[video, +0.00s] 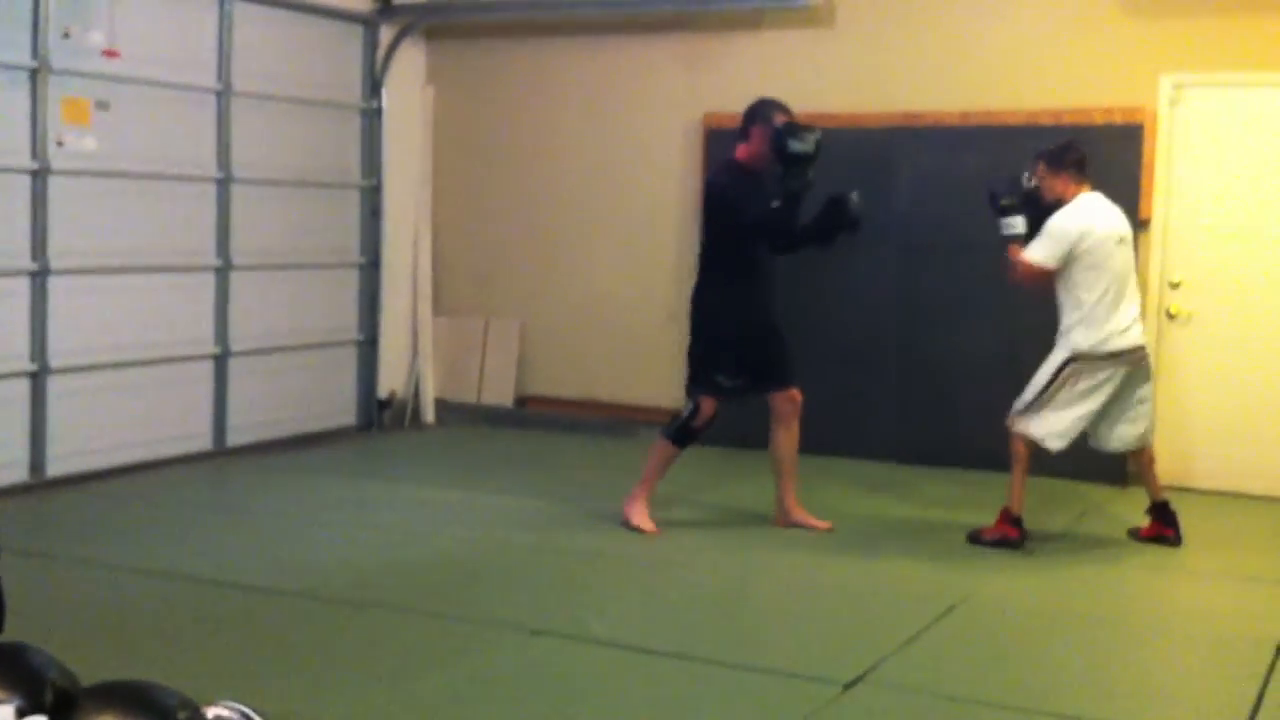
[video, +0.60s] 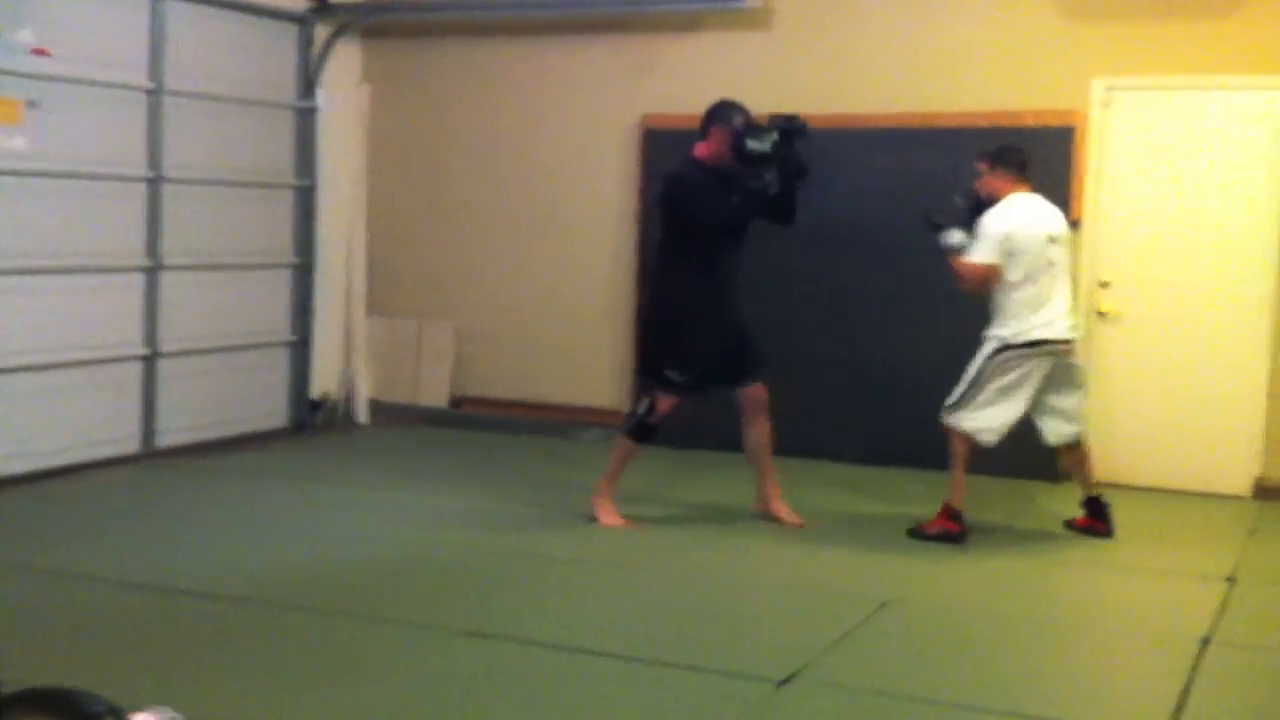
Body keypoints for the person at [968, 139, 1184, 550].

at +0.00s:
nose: (1040, 187)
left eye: (1043, 178)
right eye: (1039, 179)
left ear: (1064, 176)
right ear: (1079, 175)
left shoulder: (1070, 219)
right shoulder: (1113, 212)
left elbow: (1027, 270)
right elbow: (1068, 265)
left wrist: (1012, 230)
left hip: (1088, 348)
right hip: (1130, 344)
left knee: (1021, 424)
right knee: (1138, 438)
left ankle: (1011, 522)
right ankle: (1163, 517)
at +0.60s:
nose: (979, 183)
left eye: (982, 175)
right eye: (979, 175)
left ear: (997, 174)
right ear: (1022, 173)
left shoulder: (1000, 217)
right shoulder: (1054, 214)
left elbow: (974, 277)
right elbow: (1029, 267)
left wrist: (954, 246)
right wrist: (983, 227)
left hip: (1016, 339)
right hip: (1060, 337)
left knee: (959, 420)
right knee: (1069, 430)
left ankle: (952, 514)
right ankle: (1096, 510)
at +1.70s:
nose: (828, 190)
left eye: (830, 182)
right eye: (828, 182)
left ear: (844, 181)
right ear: (866, 181)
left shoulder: (862, 224)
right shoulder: (899, 219)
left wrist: (820, 250)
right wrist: (829, 244)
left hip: (870, 349)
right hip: (913, 347)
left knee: (798, 415)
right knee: (930, 431)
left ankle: (783, 507)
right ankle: (954, 509)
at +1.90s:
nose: (836, 188)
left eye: (838, 179)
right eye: (836, 180)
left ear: (851, 177)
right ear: (877, 175)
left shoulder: (862, 221)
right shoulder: (914, 216)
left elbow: (841, 288)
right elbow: (888, 278)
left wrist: (811, 257)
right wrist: (838, 258)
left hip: (879, 341)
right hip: (922, 342)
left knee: (814, 416)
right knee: (931, 431)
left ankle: (793, 512)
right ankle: (958, 512)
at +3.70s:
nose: (739, 195)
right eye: (741, 189)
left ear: (691, 184)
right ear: (739, 191)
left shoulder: (648, 221)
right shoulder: (742, 246)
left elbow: (596, 245)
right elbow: (746, 330)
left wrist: (606, 216)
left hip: (640, 372)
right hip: (704, 374)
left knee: (631, 469)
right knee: (798, 457)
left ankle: (594, 559)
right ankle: (801, 549)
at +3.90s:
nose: (722, 169)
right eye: (724, 161)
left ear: (675, 157)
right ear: (724, 162)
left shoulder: (626, 205)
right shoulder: (737, 219)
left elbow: (588, 281)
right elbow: (737, 303)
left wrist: (640, 271)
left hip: (617, 357)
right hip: (679, 362)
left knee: (623, 458)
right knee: (749, 466)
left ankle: (591, 555)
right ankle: (714, 566)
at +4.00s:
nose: (706, 175)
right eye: (709, 168)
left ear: (658, 163)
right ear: (706, 169)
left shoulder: (618, 207)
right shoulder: (728, 226)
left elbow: (581, 274)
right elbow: (734, 305)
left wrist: (632, 273)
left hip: (622, 365)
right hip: (683, 368)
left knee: (616, 469)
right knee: (708, 487)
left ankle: (593, 560)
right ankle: (681, 604)